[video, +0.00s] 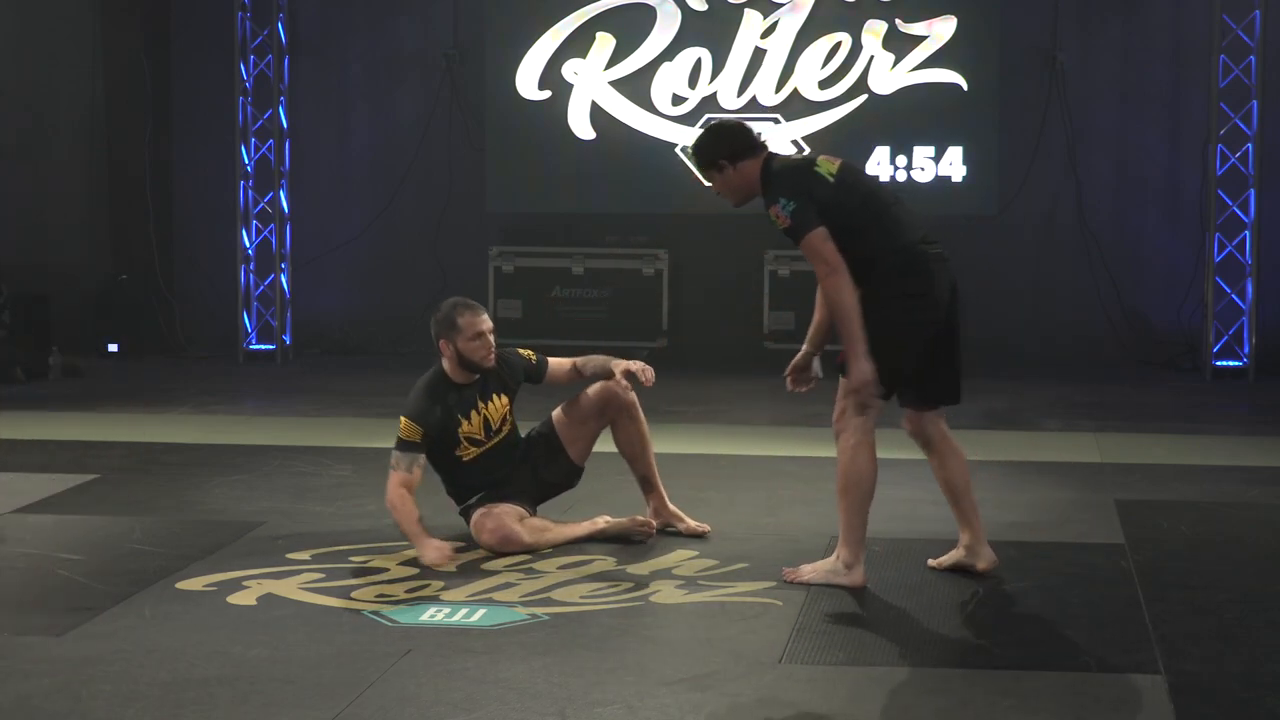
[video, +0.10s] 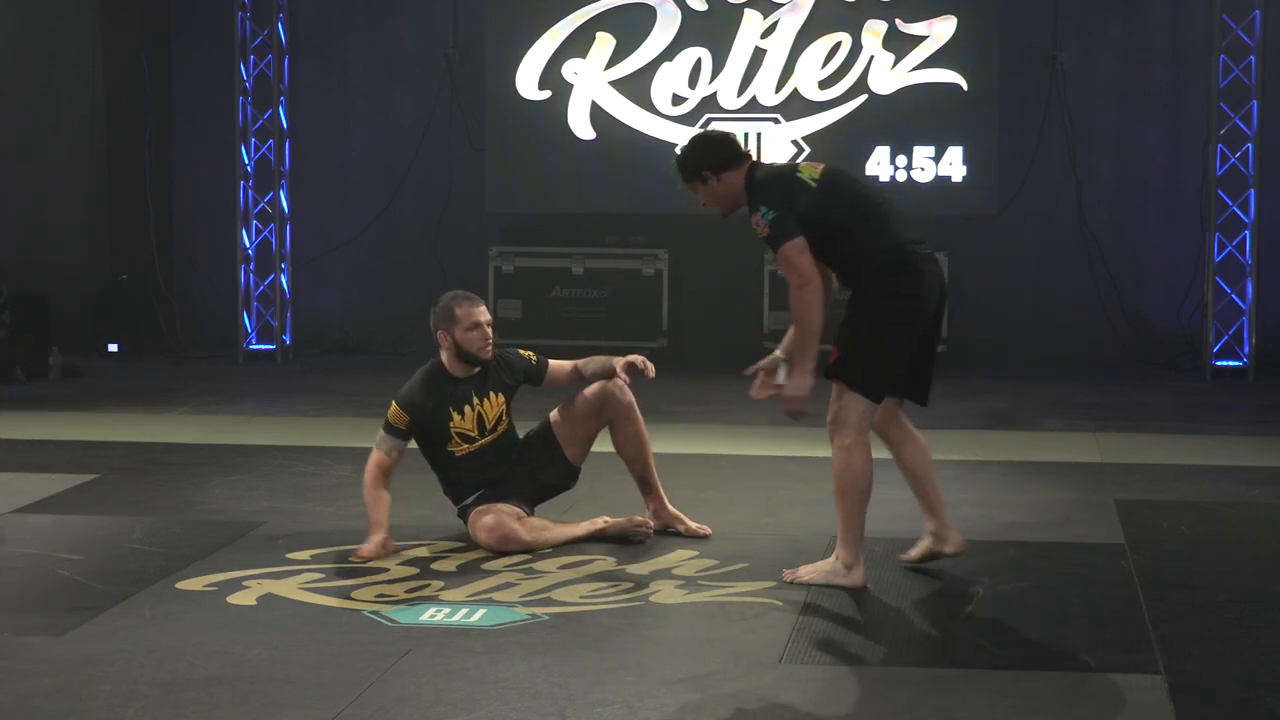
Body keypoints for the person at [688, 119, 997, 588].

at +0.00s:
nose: (717, 191)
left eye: (713, 180)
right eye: (712, 183)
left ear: (731, 166)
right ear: (751, 152)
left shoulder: (781, 188)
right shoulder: (806, 168)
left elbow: (835, 273)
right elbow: (833, 272)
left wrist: (858, 356)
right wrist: (811, 348)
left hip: (891, 294)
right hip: (932, 286)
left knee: (852, 417)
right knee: (923, 421)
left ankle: (847, 560)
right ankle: (975, 544)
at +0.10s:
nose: (702, 202)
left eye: (699, 189)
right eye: (696, 192)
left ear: (718, 175)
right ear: (736, 163)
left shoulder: (766, 196)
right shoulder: (785, 182)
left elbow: (807, 283)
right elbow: (820, 287)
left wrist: (801, 373)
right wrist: (782, 354)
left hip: (887, 290)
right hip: (915, 281)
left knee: (846, 422)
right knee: (886, 415)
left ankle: (847, 560)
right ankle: (942, 530)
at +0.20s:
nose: (691, 212)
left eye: (688, 199)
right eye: (685, 203)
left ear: (706, 184)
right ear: (718, 175)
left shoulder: (752, 202)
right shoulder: (767, 189)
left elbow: (792, 287)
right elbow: (789, 289)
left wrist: (781, 368)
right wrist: (740, 346)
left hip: (878, 285)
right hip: (903, 277)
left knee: (843, 422)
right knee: (861, 411)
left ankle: (847, 560)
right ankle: (877, 536)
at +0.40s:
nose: (666, 223)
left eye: (663, 211)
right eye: (661, 214)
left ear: (680, 197)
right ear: (689, 195)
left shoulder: (730, 206)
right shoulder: (732, 214)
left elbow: (781, 268)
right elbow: (696, 292)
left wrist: (781, 349)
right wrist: (640, 331)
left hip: (861, 290)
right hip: (863, 287)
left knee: (815, 419)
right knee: (825, 417)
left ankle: (845, 557)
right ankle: (808, 538)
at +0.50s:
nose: (653, 231)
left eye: (652, 219)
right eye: (649, 222)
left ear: (671, 204)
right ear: (675, 204)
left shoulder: (720, 209)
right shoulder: (717, 238)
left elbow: (776, 255)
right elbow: (668, 299)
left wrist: (766, 337)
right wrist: (600, 325)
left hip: (842, 295)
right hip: (859, 293)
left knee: (764, 409)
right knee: (803, 415)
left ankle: (824, 531)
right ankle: (806, 527)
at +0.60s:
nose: (643, 237)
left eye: (642, 224)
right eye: (639, 228)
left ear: (662, 208)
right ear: (665, 209)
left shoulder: (706, 212)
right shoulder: (708, 243)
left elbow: (755, 259)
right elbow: (659, 312)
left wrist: (726, 339)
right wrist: (592, 338)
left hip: (824, 298)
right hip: (851, 296)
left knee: (735, 405)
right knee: (791, 410)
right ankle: (804, 537)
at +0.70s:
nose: (631, 233)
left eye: (628, 221)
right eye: (626, 225)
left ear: (646, 207)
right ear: (655, 206)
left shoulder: (691, 215)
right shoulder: (697, 229)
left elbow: (713, 286)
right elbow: (665, 320)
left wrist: (665, 344)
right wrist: (601, 363)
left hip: (807, 300)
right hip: (834, 294)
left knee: (720, 414)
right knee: (776, 412)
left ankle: (696, 547)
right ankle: (801, 535)